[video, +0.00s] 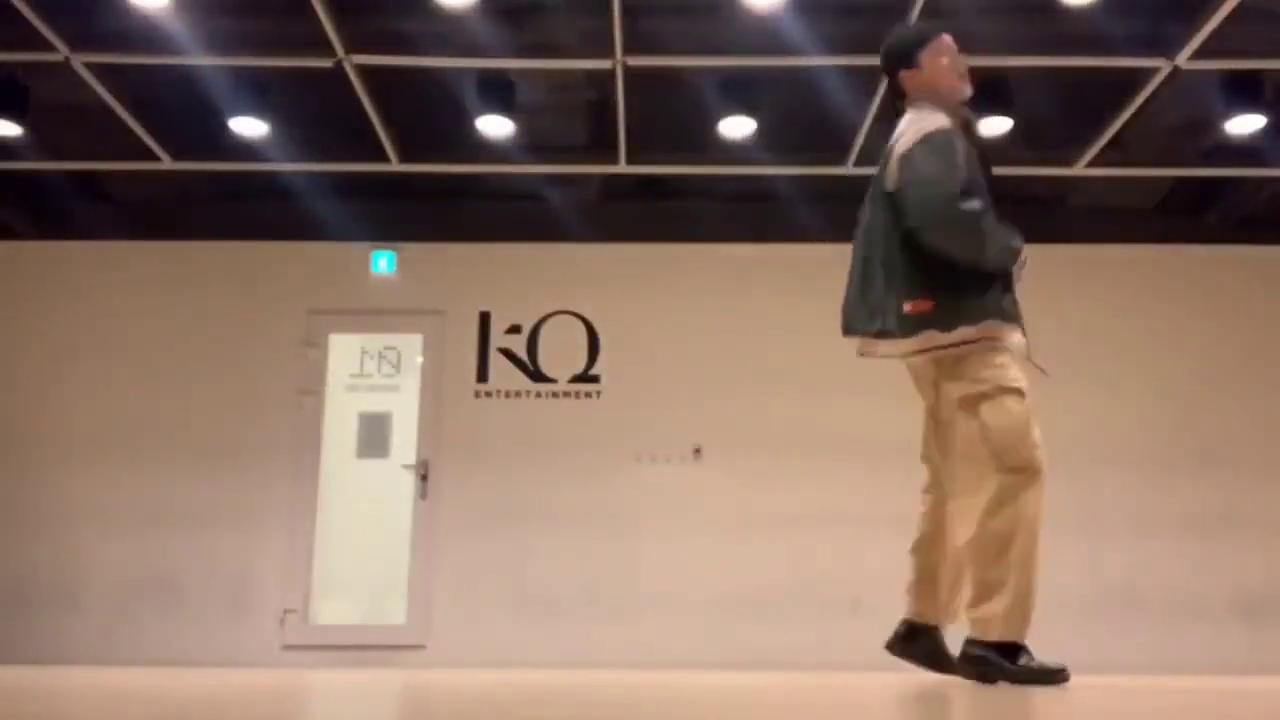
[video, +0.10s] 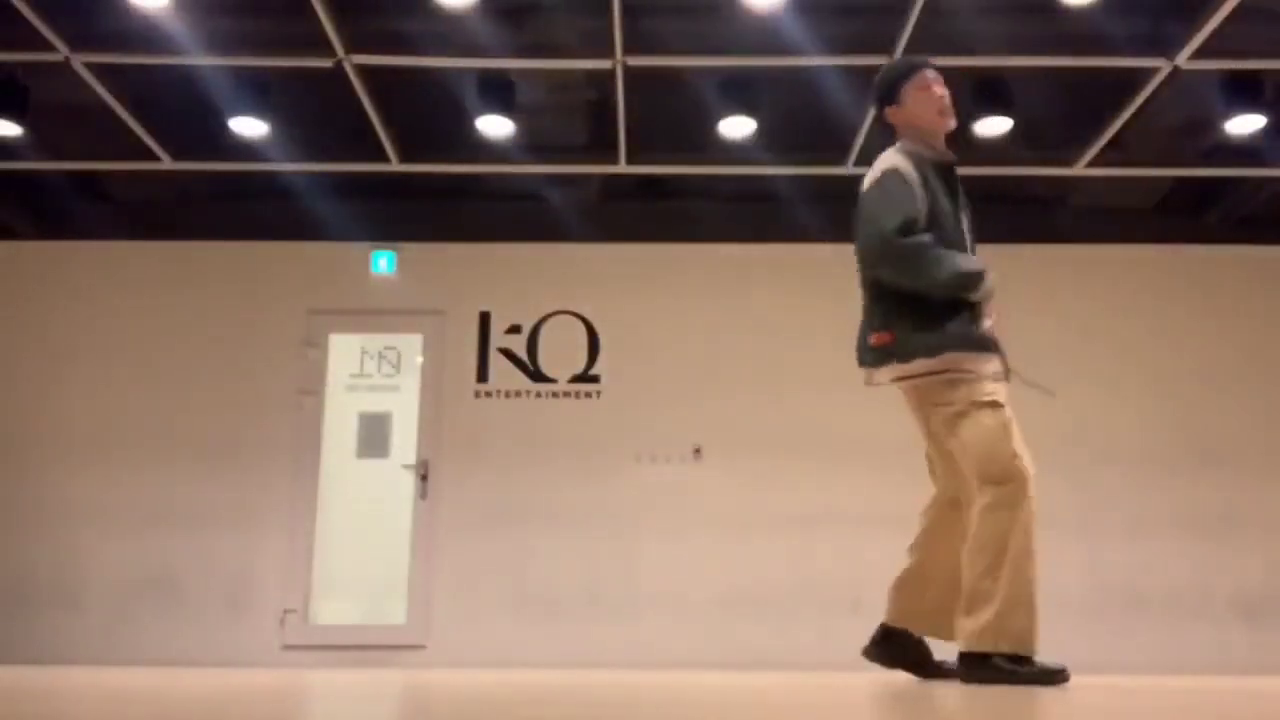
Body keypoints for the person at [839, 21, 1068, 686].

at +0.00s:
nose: (962, 65)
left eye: (957, 54)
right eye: (948, 58)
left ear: (922, 77)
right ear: (915, 78)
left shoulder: (919, 134)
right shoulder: (931, 135)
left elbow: (930, 227)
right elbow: (944, 220)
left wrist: (994, 247)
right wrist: (1007, 248)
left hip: (940, 337)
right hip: (970, 334)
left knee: (953, 483)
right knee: (1016, 475)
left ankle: (921, 625)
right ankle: (994, 641)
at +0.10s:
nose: (943, 94)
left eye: (942, 85)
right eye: (926, 88)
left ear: (944, 102)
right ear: (895, 112)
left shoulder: (935, 174)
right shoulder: (894, 172)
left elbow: (937, 259)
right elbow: (886, 252)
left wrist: (978, 323)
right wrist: (971, 276)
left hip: (950, 352)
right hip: (938, 353)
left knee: (961, 492)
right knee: (1006, 480)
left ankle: (902, 630)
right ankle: (992, 648)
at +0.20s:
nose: (924, 105)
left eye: (927, 98)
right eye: (908, 99)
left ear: (937, 116)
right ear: (880, 122)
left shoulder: (958, 192)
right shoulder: (866, 183)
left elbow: (978, 264)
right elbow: (832, 260)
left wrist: (989, 304)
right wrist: (917, 291)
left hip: (959, 353)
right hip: (910, 354)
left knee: (953, 485)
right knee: (968, 477)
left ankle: (896, 632)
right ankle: (987, 644)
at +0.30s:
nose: (906, 107)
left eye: (913, 100)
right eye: (891, 102)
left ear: (925, 121)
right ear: (868, 126)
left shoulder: (963, 195)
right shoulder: (843, 192)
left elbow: (992, 257)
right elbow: (802, 261)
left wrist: (987, 297)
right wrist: (869, 292)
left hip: (954, 356)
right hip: (895, 356)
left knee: (947, 483)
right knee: (917, 475)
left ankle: (898, 628)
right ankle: (958, 616)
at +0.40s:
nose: (896, 123)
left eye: (904, 116)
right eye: (883, 117)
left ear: (917, 138)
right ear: (861, 141)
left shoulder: (957, 207)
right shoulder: (830, 205)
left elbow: (996, 271)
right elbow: (786, 274)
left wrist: (978, 310)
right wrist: (845, 311)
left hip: (939, 358)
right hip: (873, 360)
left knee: (935, 487)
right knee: (884, 473)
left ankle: (902, 628)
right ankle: (899, 626)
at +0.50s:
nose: (887, 140)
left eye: (895, 134)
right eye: (874, 135)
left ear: (910, 155)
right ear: (855, 158)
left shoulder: (948, 225)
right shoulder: (819, 221)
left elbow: (989, 291)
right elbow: (774, 285)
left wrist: (960, 325)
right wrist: (823, 325)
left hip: (926, 371)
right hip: (853, 371)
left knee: (925, 503)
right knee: (848, 481)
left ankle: (898, 647)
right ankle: (839, 637)